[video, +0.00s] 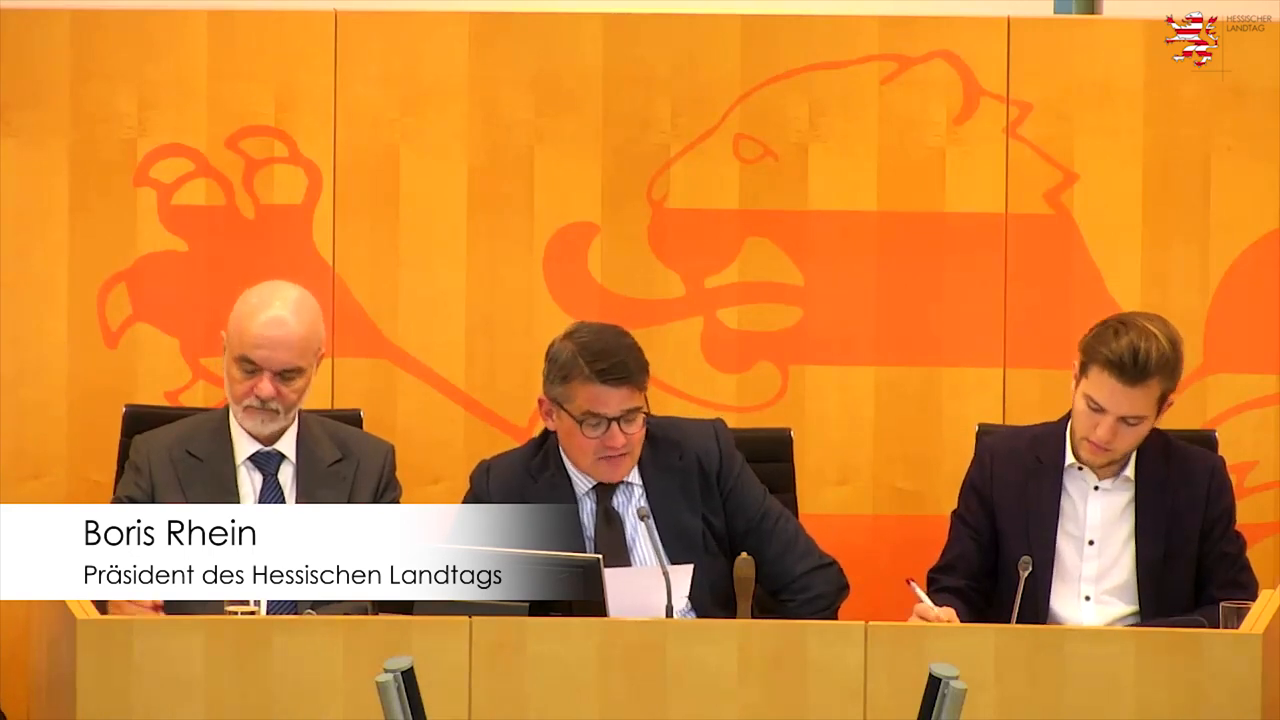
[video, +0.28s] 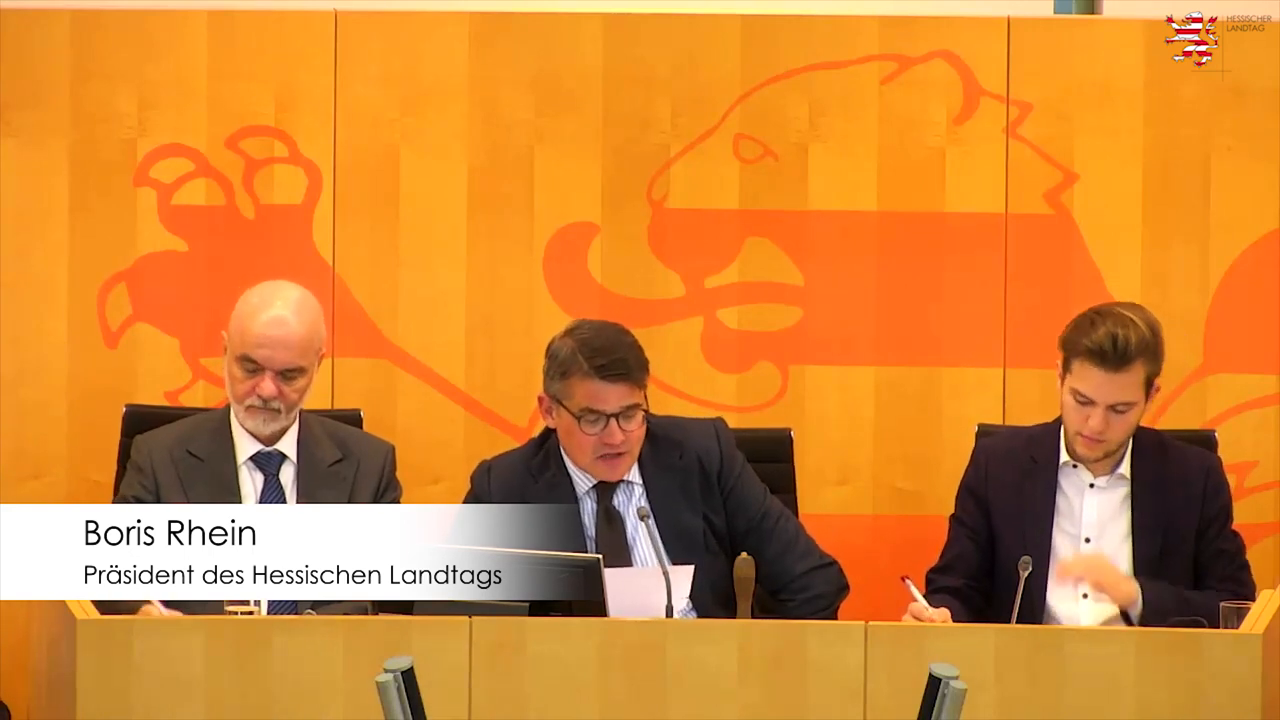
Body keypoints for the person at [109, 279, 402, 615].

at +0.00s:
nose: (265, 391)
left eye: (288, 375)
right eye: (248, 368)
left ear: (317, 363)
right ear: (224, 351)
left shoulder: (370, 463)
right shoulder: (155, 457)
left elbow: (393, 594)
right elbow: (114, 566)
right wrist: (123, 601)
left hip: (326, 667)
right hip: (190, 666)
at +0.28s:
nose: (267, 391)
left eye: (290, 375)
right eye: (250, 367)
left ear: (318, 365)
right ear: (225, 351)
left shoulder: (370, 463)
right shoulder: (156, 457)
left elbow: (385, 588)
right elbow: (113, 573)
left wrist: (312, 629)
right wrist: (141, 611)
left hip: (325, 666)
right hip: (195, 660)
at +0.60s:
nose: (269, 390)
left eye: (292, 375)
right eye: (253, 367)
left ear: (320, 364)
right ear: (226, 351)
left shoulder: (371, 463)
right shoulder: (158, 457)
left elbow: (384, 587)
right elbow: (116, 575)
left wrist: (311, 634)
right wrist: (147, 620)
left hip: (325, 667)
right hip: (195, 662)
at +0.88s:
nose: (270, 388)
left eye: (293, 371)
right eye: (254, 363)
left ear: (320, 363)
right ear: (228, 349)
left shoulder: (371, 463)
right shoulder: (159, 456)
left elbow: (383, 587)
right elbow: (118, 575)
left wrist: (312, 633)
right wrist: (147, 619)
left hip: (326, 665)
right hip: (196, 659)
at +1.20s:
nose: (271, 388)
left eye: (294, 371)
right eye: (254, 364)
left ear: (321, 363)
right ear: (229, 349)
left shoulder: (371, 464)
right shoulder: (159, 456)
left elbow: (385, 589)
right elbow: (118, 573)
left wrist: (312, 634)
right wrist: (145, 616)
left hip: (326, 666)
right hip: (195, 661)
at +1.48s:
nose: (274, 388)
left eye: (296, 371)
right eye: (257, 365)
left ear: (320, 362)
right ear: (227, 351)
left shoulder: (371, 463)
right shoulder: (159, 456)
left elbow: (384, 588)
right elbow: (118, 576)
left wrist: (312, 633)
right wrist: (147, 618)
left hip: (326, 664)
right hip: (196, 659)